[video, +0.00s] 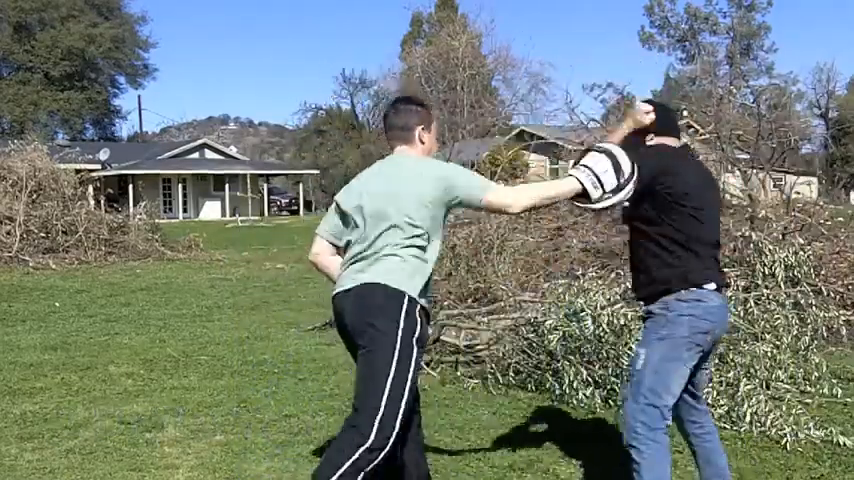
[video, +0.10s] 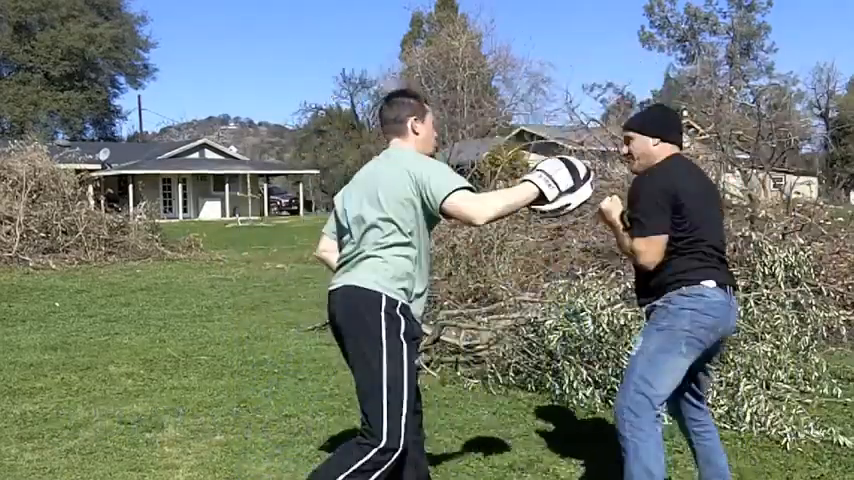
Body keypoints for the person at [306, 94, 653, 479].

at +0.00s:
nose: (436, 141)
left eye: (433, 134)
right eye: (434, 134)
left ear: (389, 138)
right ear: (422, 135)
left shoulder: (357, 185)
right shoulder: (437, 173)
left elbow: (320, 252)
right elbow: (513, 198)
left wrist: (362, 287)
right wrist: (582, 180)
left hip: (347, 300)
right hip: (393, 296)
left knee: (402, 418)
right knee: (377, 422)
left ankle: (413, 476)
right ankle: (330, 476)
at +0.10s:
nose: (436, 133)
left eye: (433, 123)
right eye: (432, 123)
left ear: (393, 129)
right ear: (415, 125)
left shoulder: (356, 182)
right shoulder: (419, 167)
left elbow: (326, 249)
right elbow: (477, 209)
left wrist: (372, 279)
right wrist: (541, 182)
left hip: (345, 299)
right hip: (381, 300)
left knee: (405, 425)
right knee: (387, 438)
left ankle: (414, 473)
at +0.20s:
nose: (425, 125)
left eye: (425, 116)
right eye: (422, 116)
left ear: (383, 117)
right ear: (403, 115)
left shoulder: (355, 170)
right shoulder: (399, 165)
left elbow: (333, 243)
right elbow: (455, 218)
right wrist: (498, 170)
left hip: (366, 302)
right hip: (368, 302)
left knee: (407, 429)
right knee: (368, 437)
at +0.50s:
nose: (390, 111)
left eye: (389, 102)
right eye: (385, 101)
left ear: (354, 106)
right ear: (360, 104)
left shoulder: (337, 157)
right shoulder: (362, 159)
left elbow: (346, 235)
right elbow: (431, 210)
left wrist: (387, 281)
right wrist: (466, 154)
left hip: (369, 302)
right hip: (345, 302)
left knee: (393, 423)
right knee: (340, 428)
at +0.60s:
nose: (381, 121)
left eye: (380, 114)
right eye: (377, 111)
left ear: (343, 107)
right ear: (358, 106)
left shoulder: (359, 161)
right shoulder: (325, 163)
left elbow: (377, 237)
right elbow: (372, 212)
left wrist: (403, 274)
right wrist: (376, 155)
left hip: (385, 300)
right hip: (347, 300)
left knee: (405, 424)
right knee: (338, 427)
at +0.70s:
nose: (381, 114)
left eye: (380, 105)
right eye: (374, 105)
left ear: (349, 106)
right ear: (345, 105)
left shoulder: (376, 160)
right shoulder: (315, 164)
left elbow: (386, 220)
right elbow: (276, 223)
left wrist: (411, 255)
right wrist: (288, 155)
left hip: (396, 304)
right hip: (345, 305)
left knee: (415, 422)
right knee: (333, 426)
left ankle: (410, 474)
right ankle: (315, 476)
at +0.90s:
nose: (379, 114)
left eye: (379, 104)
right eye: (372, 104)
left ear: (345, 105)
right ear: (340, 105)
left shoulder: (379, 156)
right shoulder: (304, 160)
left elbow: (401, 212)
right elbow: (259, 239)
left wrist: (433, 247)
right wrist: (276, 183)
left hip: (393, 312)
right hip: (334, 312)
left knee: (415, 434)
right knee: (318, 435)